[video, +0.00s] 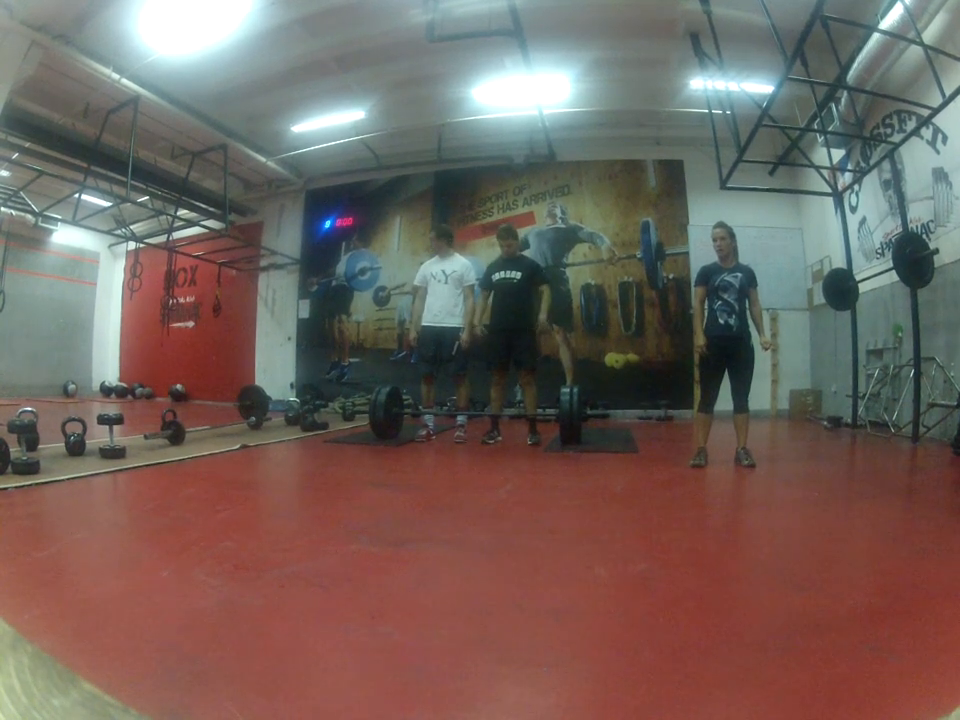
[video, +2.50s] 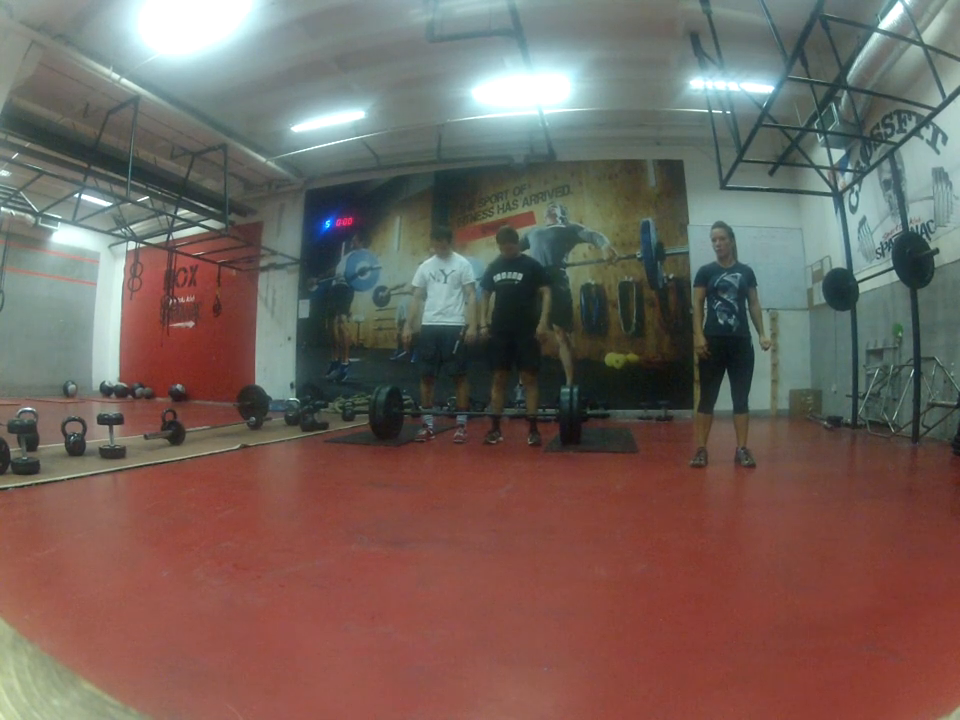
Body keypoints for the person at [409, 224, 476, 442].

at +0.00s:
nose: (431, 244)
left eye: (434, 240)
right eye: (431, 240)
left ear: (445, 241)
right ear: (436, 241)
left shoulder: (463, 265)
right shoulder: (426, 266)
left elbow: (470, 298)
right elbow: (419, 298)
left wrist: (467, 329)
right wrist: (413, 327)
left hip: (455, 328)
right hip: (428, 328)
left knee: (460, 376)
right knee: (427, 376)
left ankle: (461, 423)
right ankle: (428, 424)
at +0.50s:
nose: (431, 242)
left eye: (433, 238)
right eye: (431, 238)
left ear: (440, 239)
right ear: (442, 239)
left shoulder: (462, 262)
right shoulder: (427, 265)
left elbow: (469, 295)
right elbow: (420, 297)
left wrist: (466, 327)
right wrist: (413, 325)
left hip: (454, 326)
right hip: (428, 326)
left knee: (459, 375)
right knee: (426, 375)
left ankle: (461, 424)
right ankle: (428, 424)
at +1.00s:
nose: (431, 242)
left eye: (433, 238)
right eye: (432, 238)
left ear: (441, 239)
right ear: (442, 239)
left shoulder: (463, 262)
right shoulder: (428, 265)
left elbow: (470, 295)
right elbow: (421, 297)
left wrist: (466, 328)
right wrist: (415, 326)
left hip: (455, 327)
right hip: (429, 327)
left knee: (460, 376)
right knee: (426, 376)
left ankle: (461, 424)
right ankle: (427, 424)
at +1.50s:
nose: (430, 241)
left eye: (432, 237)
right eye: (431, 237)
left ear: (441, 238)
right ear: (439, 239)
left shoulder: (462, 261)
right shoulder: (427, 265)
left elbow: (469, 295)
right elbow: (420, 297)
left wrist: (466, 327)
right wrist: (414, 325)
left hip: (454, 327)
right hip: (428, 326)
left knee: (459, 375)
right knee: (426, 374)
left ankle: (462, 424)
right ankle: (427, 424)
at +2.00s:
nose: (434, 245)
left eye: (438, 241)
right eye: (433, 242)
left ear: (447, 240)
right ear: (432, 242)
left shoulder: (462, 263)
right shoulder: (426, 266)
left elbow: (468, 295)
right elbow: (417, 298)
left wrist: (466, 326)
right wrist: (410, 326)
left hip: (454, 327)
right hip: (428, 327)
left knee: (459, 375)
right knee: (426, 376)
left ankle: (461, 425)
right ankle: (427, 425)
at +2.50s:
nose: (438, 248)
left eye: (441, 244)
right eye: (435, 244)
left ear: (449, 242)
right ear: (432, 243)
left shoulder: (462, 264)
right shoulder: (425, 266)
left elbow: (471, 296)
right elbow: (416, 298)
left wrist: (472, 325)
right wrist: (408, 325)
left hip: (456, 328)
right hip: (429, 327)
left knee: (459, 376)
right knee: (426, 376)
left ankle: (461, 425)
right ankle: (427, 425)